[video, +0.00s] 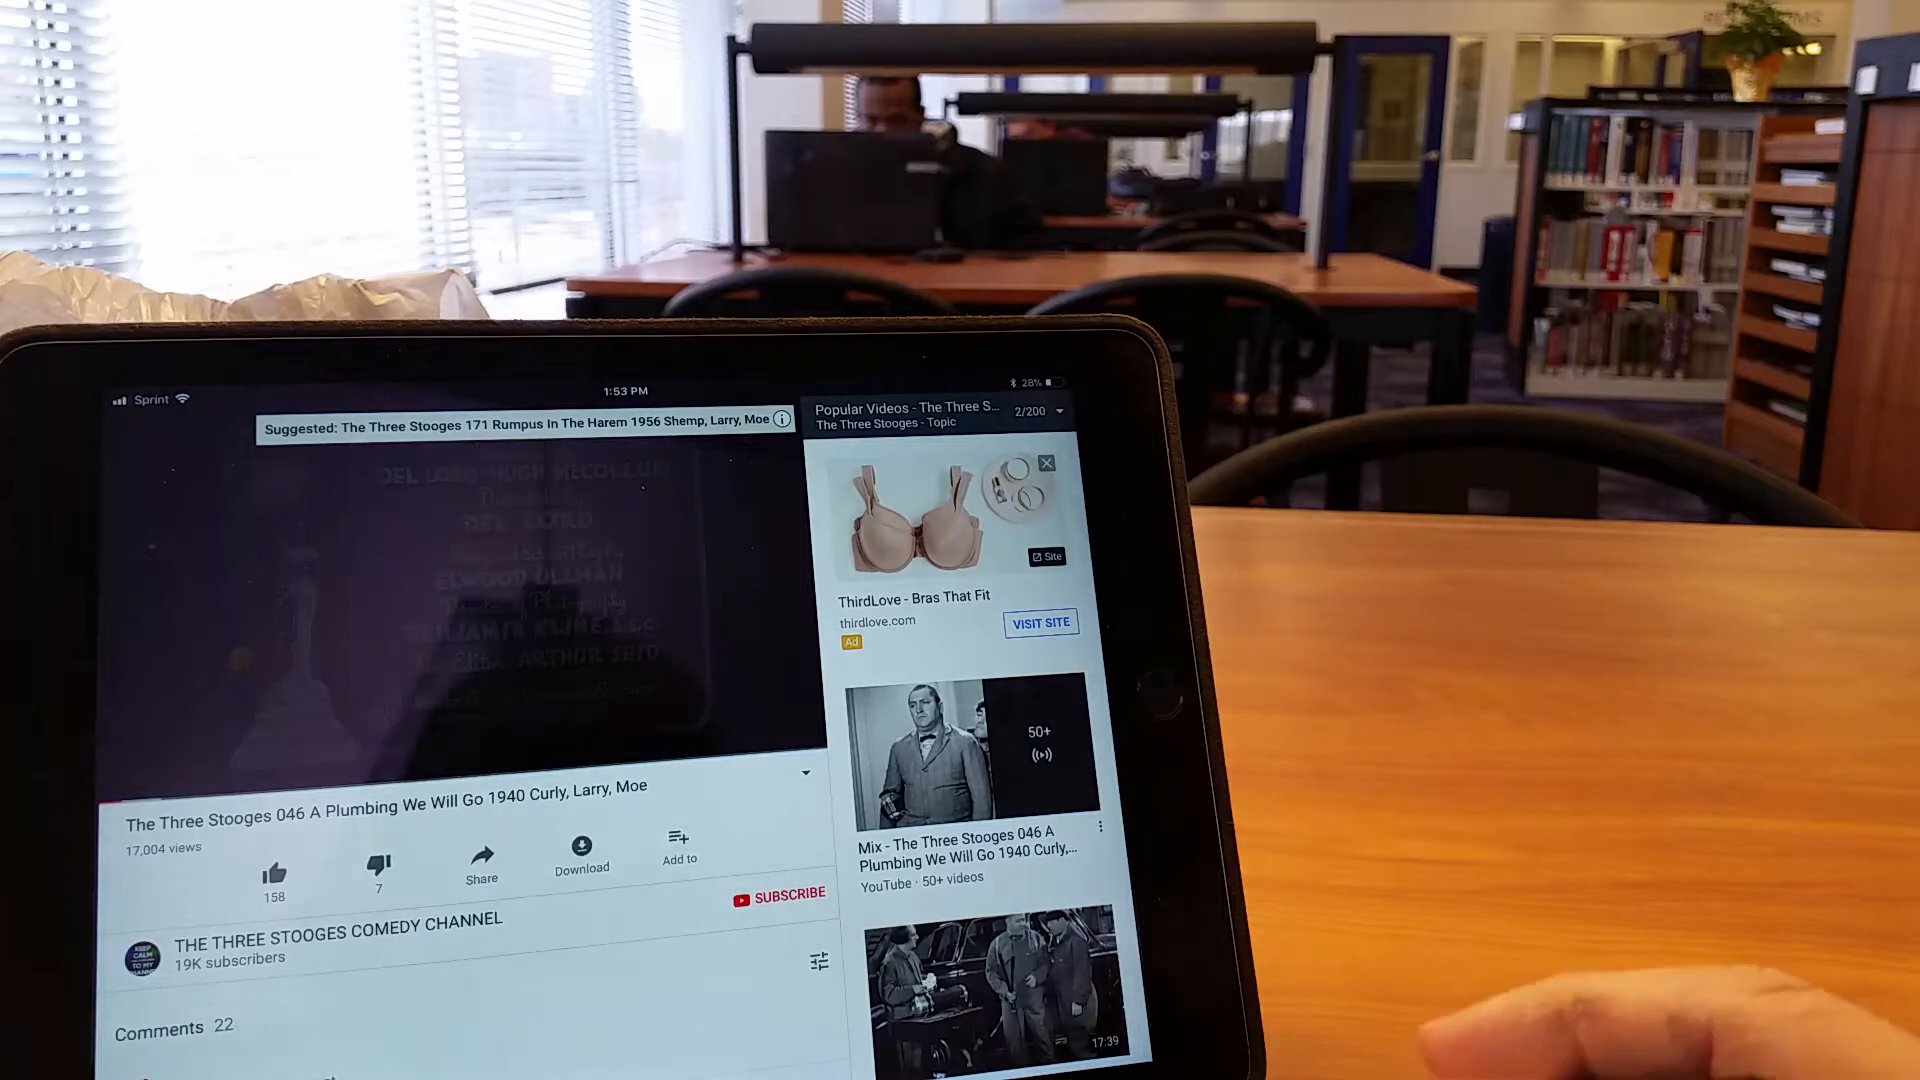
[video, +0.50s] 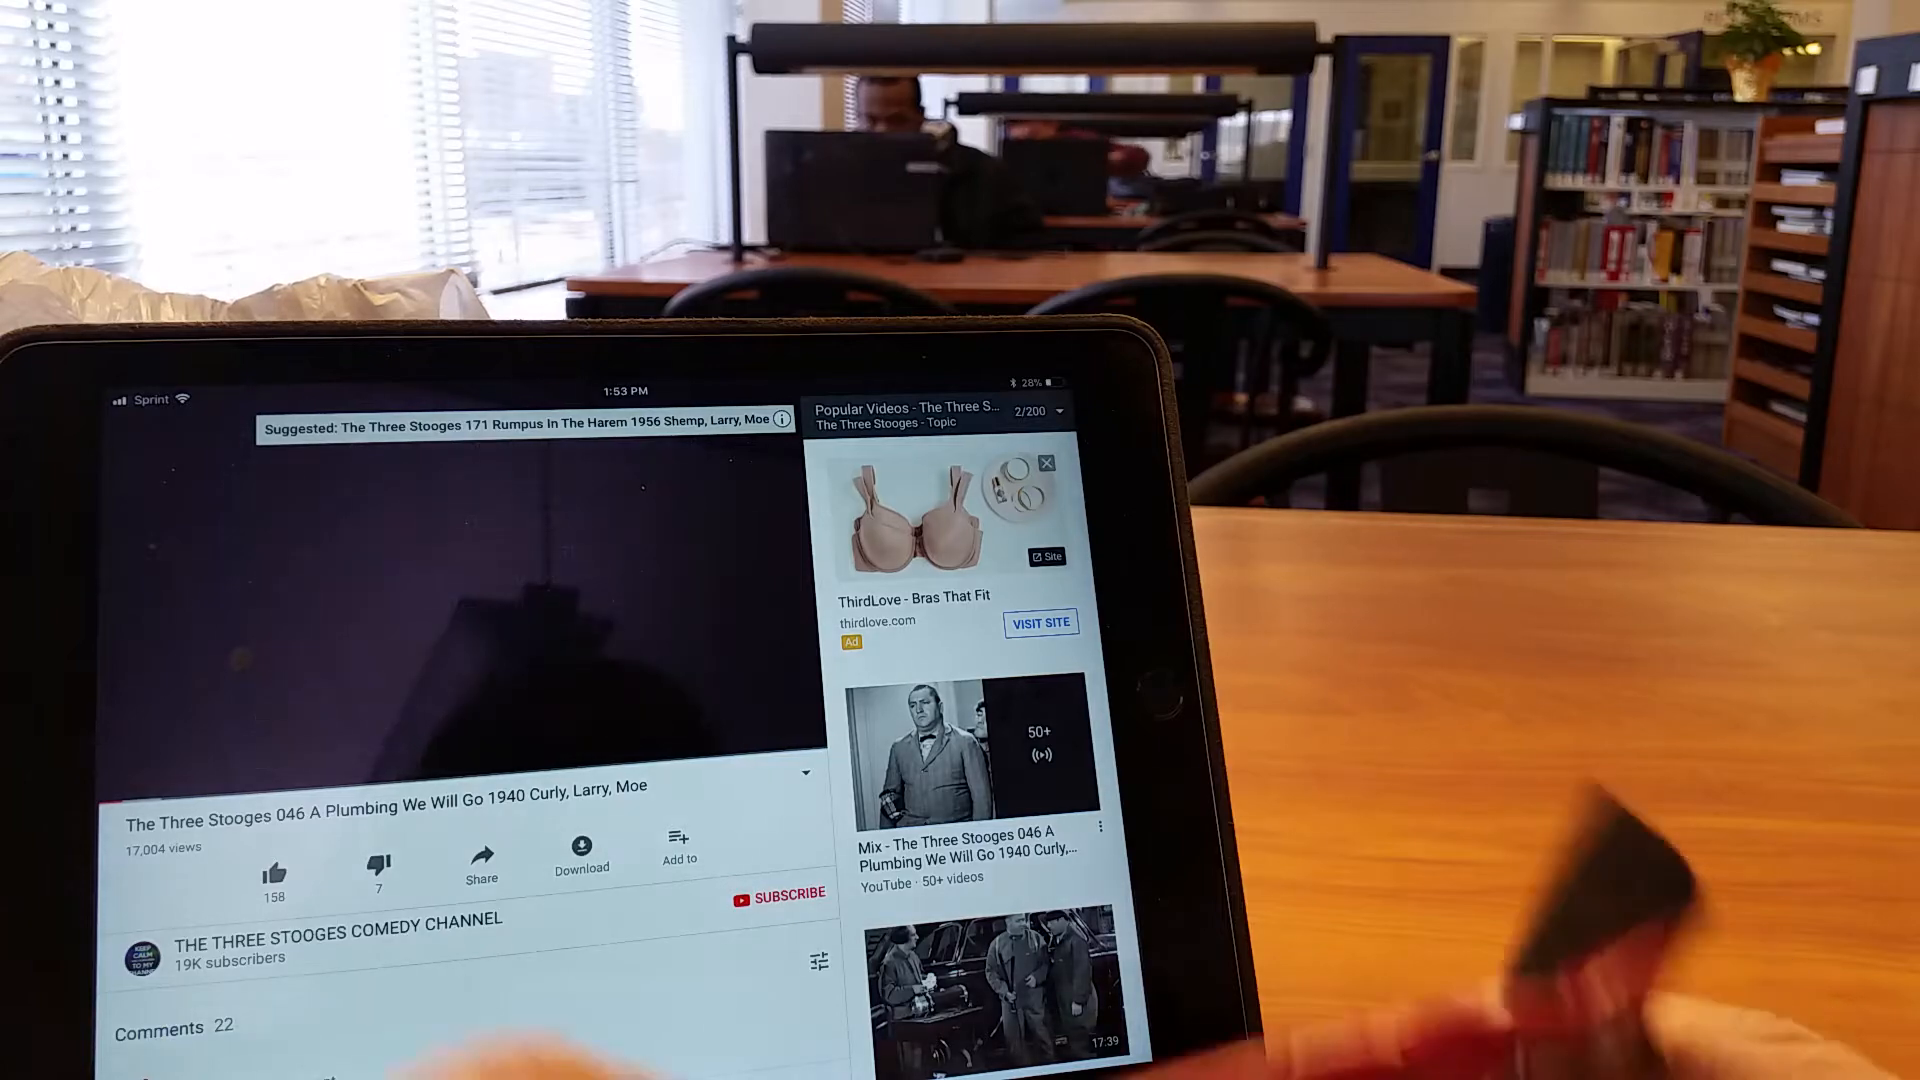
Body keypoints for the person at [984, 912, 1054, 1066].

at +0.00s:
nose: (1023, 924)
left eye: (1024, 920)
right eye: (1018, 921)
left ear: (1027, 921)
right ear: (1008, 923)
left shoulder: (1036, 939)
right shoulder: (997, 944)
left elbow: (1045, 963)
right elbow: (990, 972)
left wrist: (1036, 977)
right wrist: (1004, 991)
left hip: (1033, 998)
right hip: (1010, 1000)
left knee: (1040, 1036)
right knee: (1013, 1041)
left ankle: (1047, 1067)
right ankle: (1018, 1071)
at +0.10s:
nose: (1023, 924)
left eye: (1024, 920)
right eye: (1018, 921)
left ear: (1027, 921)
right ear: (1008, 923)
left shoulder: (1036, 939)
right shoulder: (997, 944)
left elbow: (1045, 963)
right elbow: (990, 972)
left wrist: (1036, 977)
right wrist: (1004, 991)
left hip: (1033, 997)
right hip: (1010, 1000)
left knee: (1040, 1035)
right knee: (1013, 1040)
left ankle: (1047, 1067)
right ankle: (1019, 1071)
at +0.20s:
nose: (1023, 924)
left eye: (1024, 920)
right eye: (1019, 921)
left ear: (1027, 921)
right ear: (1008, 923)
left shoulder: (1036, 939)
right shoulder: (997, 944)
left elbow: (1045, 963)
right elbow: (990, 972)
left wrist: (1036, 977)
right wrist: (1004, 991)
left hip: (1033, 998)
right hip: (1010, 1000)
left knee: (1041, 1036)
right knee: (1013, 1041)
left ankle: (1047, 1068)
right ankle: (1019, 1071)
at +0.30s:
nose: (1024, 924)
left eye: (1024, 920)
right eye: (1019, 921)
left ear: (1027, 920)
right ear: (1008, 923)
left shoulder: (1036, 939)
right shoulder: (997, 944)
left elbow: (1045, 963)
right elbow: (990, 972)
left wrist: (1036, 977)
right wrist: (1004, 991)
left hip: (1033, 997)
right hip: (1010, 1000)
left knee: (1041, 1035)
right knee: (1013, 1040)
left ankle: (1047, 1067)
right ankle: (1019, 1071)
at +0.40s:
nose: (1023, 924)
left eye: (1024, 920)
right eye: (1019, 921)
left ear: (1027, 921)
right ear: (1008, 923)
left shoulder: (1036, 939)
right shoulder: (997, 944)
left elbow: (1045, 963)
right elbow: (990, 972)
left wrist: (1036, 977)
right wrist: (1004, 991)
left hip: (1033, 997)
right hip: (1010, 1000)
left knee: (1041, 1035)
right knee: (1013, 1040)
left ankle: (1047, 1068)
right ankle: (1018, 1071)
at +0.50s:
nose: (1023, 924)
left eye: (1024, 920)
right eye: (1019, 921)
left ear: (1027, 921)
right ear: (1008, 923)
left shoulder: (1036, 939)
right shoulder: (997, 944)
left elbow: (1045, 963)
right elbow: (990, 972)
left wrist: (1036, 977)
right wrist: (1004, 991)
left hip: (1032, 997)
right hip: (1010, 999)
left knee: (1040, 1034)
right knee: (1013, 1039)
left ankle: (1049, 1065)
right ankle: (1018, 1069)